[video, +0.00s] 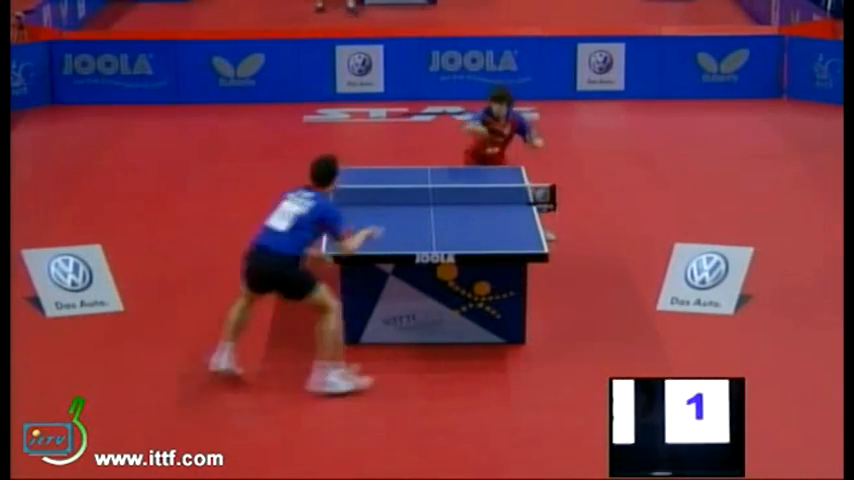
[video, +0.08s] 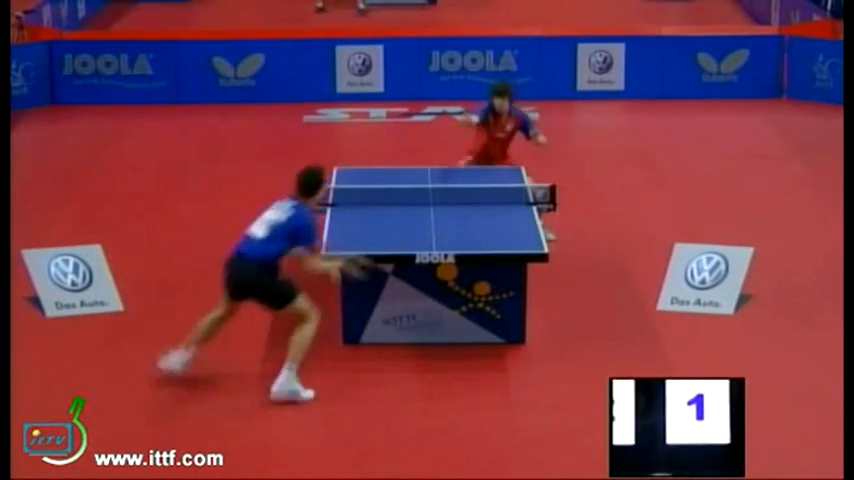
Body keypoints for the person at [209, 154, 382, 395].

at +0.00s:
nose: (336, 181)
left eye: (335, 176)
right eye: (336, 178)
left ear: (311, 177)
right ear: (333, 182)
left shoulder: (293, 195)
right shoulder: (325, 207)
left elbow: (291, 238)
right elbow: (346, 247)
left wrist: (319, 254)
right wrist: (364, 234)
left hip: (256, 259)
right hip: (284, 265)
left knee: (247, 298)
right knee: (331, 308)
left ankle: (224, 352)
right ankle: (328, 371)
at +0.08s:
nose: (324, 193)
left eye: (323, 188)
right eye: (323, 189)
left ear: (299, 186)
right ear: (318, 192)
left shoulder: (283, 205)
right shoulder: (303, 219)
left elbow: (296, 249)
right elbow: (310, 264)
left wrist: (330, 263)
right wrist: (337, 266)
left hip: (235, 267)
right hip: (261, 274)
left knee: (226, 309)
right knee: (310, 315)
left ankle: (183, 353)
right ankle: (287, 379)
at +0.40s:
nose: (266, 200)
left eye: (265, 195)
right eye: (264, 196)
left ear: (237, 200)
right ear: (256, 203)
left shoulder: (215, 220)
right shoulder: (258, 237)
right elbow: (285, 261)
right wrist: (309, 235)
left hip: (206, 298)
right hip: (241, 301)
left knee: (178, 319)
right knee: (295, 324)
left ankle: (146, 362)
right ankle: (281, 382)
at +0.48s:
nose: (256, 204)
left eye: (255, 199)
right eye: (254, 201)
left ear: (225, 206)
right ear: (247, 207)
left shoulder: (210, 231)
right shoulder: (258, 230)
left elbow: (194, 264)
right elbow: (280, 226)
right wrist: (254, 207)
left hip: (211, 307)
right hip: (247, 308)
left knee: (186, 308)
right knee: (292, 326)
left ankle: (170, 370)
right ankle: (281, 381)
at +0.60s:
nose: (245, 207)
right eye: (243, 203)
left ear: (218, 208)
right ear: (241, 207)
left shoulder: (208, 238)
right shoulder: (256, 232)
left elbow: (190, 275)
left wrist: (181, 291)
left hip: (222, 312)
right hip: (257, 309)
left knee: (186, 313)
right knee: (292, 328)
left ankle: (169, 374)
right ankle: (283, 382)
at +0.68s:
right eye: (244, 195)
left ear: (223, 199)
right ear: (248, 198)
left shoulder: (214, 231)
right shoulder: (263, 226)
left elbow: (190, 267)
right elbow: (281, 262)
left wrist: (182, 287)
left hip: (226, 305)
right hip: (262, 303)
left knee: (193, 320)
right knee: (296, 323)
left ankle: (169, 374)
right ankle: (284, 382)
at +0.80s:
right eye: (266, 186)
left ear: (244, 189)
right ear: (269, 190)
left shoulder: (227, 218)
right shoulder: (279, 218)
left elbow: (203, 255)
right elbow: (300, 261)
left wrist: (205, 283)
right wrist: (283, 251)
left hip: (235, 290)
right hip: (270, 290)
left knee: (207, 328)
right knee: (316, 318)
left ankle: (183, 374)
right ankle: (307, 381)